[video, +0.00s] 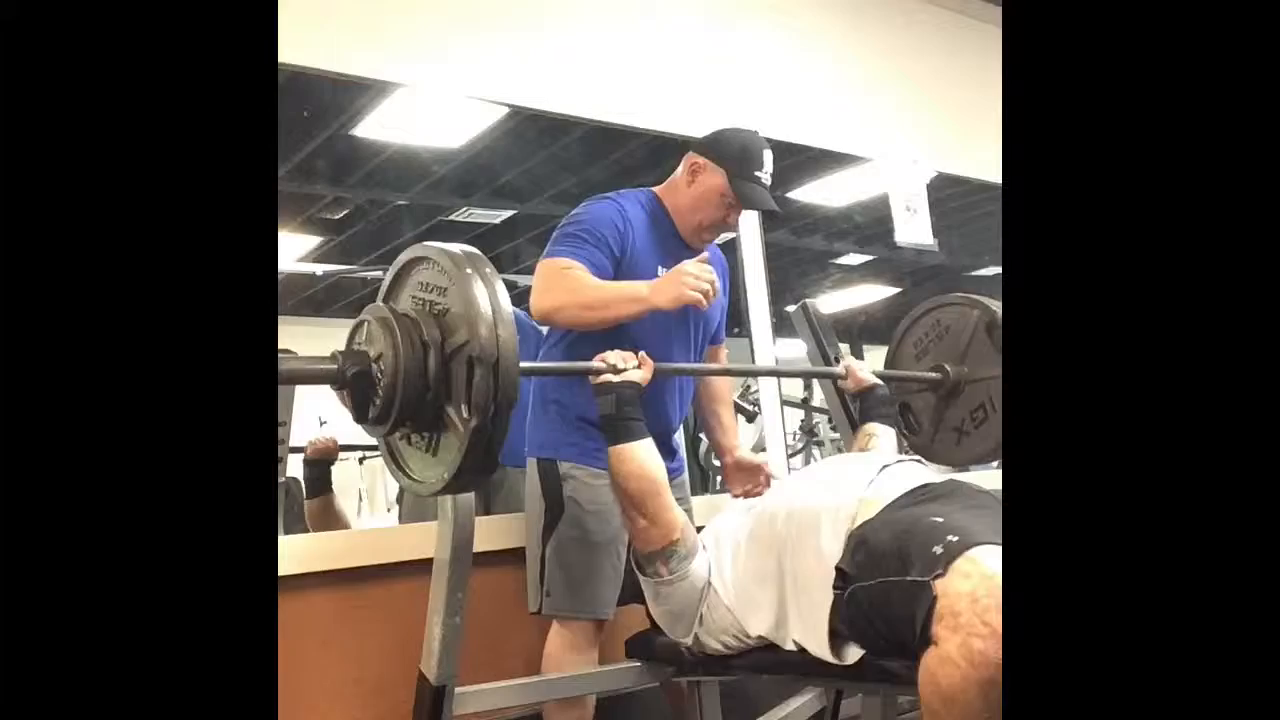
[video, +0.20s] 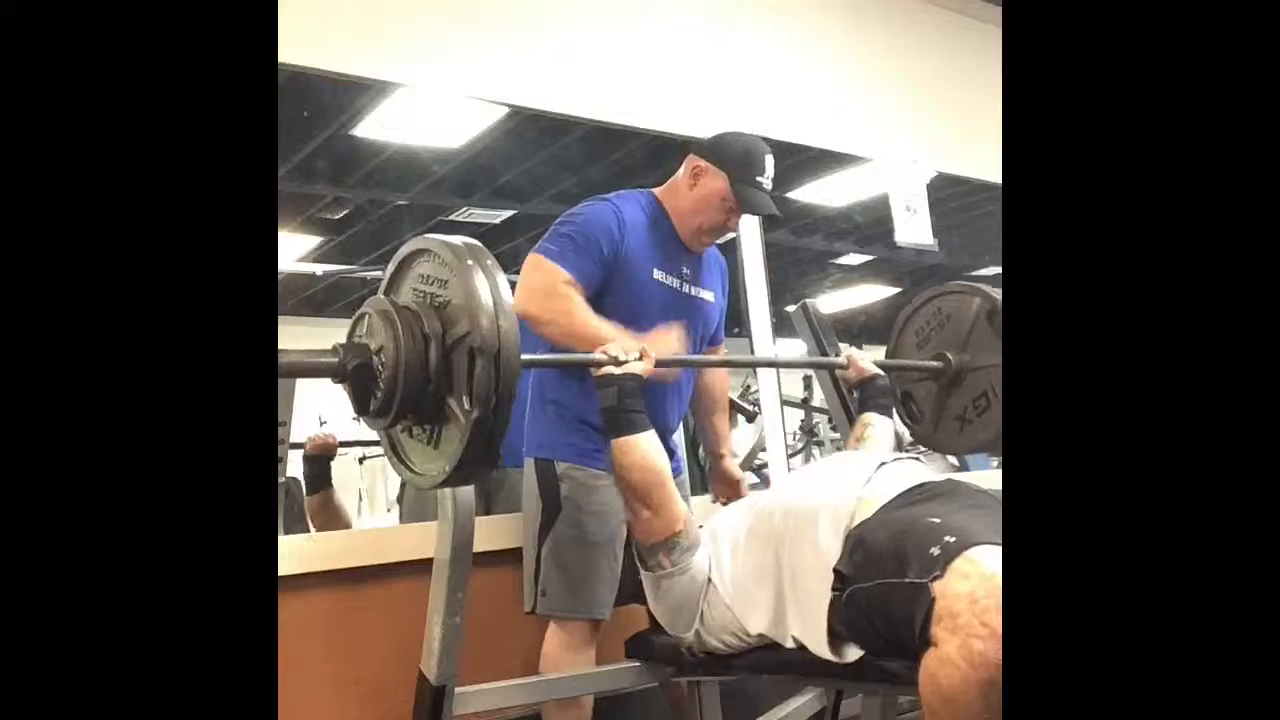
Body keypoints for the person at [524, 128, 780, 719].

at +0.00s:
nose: (736, 219)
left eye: (744, 208)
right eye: (732, 201)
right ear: (693, 171)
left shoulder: (712, 263)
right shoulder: (610, 218)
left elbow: (711, 364)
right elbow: (550, 298)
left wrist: (730, 451)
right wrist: (653, 293)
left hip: (659, 455)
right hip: (578, 450)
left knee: (667, 607)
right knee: (583, 614)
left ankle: (668, 715)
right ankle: (570, 716)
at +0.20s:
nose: (735, 222)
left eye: (744, 213)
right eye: (732, 205)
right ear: (694, 173)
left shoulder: (712, 266)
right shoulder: (609, 220)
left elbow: (711, 363)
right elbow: (538, 295)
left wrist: (722, 455)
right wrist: (622, 341)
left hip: (658, 460)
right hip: (577, 452)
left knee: (675, 611)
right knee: (579, 618)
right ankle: (567, 715)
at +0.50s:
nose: (734, 223)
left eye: (742, 214)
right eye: (731, 207)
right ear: (693, 174)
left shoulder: (709, 267)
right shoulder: (604, 223)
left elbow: (709, 361)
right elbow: (536, 307)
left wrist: (726, 446)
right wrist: (568, 414)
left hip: (656, 466)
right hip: (578, 456)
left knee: (653, 614)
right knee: (576, 619)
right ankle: (566, 716)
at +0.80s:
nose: (728, 224)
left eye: (736, 214)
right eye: (726, 207)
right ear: (688, 174)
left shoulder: (704, 267)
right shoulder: (598, 223)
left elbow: (706, 363)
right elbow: (529, 302)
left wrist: (723, 444)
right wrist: (543, 413)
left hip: (658, 463)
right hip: (583, 455)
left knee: (644, 614)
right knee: (578, 620)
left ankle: (632, 712)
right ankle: (565, 716)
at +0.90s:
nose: (726, 223)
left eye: (734, 214)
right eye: (723, 207)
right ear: (686, 174)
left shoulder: (702, 267)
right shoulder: (596, 222)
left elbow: (706, 365)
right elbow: (528, 302)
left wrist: (721, 447)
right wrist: (545, 412)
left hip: (656, 465)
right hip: (581, 456)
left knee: (652, 614)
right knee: (578, 620)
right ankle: (564, 716)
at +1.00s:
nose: (725, 222)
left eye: (733, 213)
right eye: (722, 205)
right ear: (683, 173)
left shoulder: (700, 267)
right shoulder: (594, 222)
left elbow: (703, 364)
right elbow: (527, 303)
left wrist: (719, 447)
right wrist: (548, 414)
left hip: (656, 467)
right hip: (581, 458)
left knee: (661, 615)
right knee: (577, 623)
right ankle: (565, 718)